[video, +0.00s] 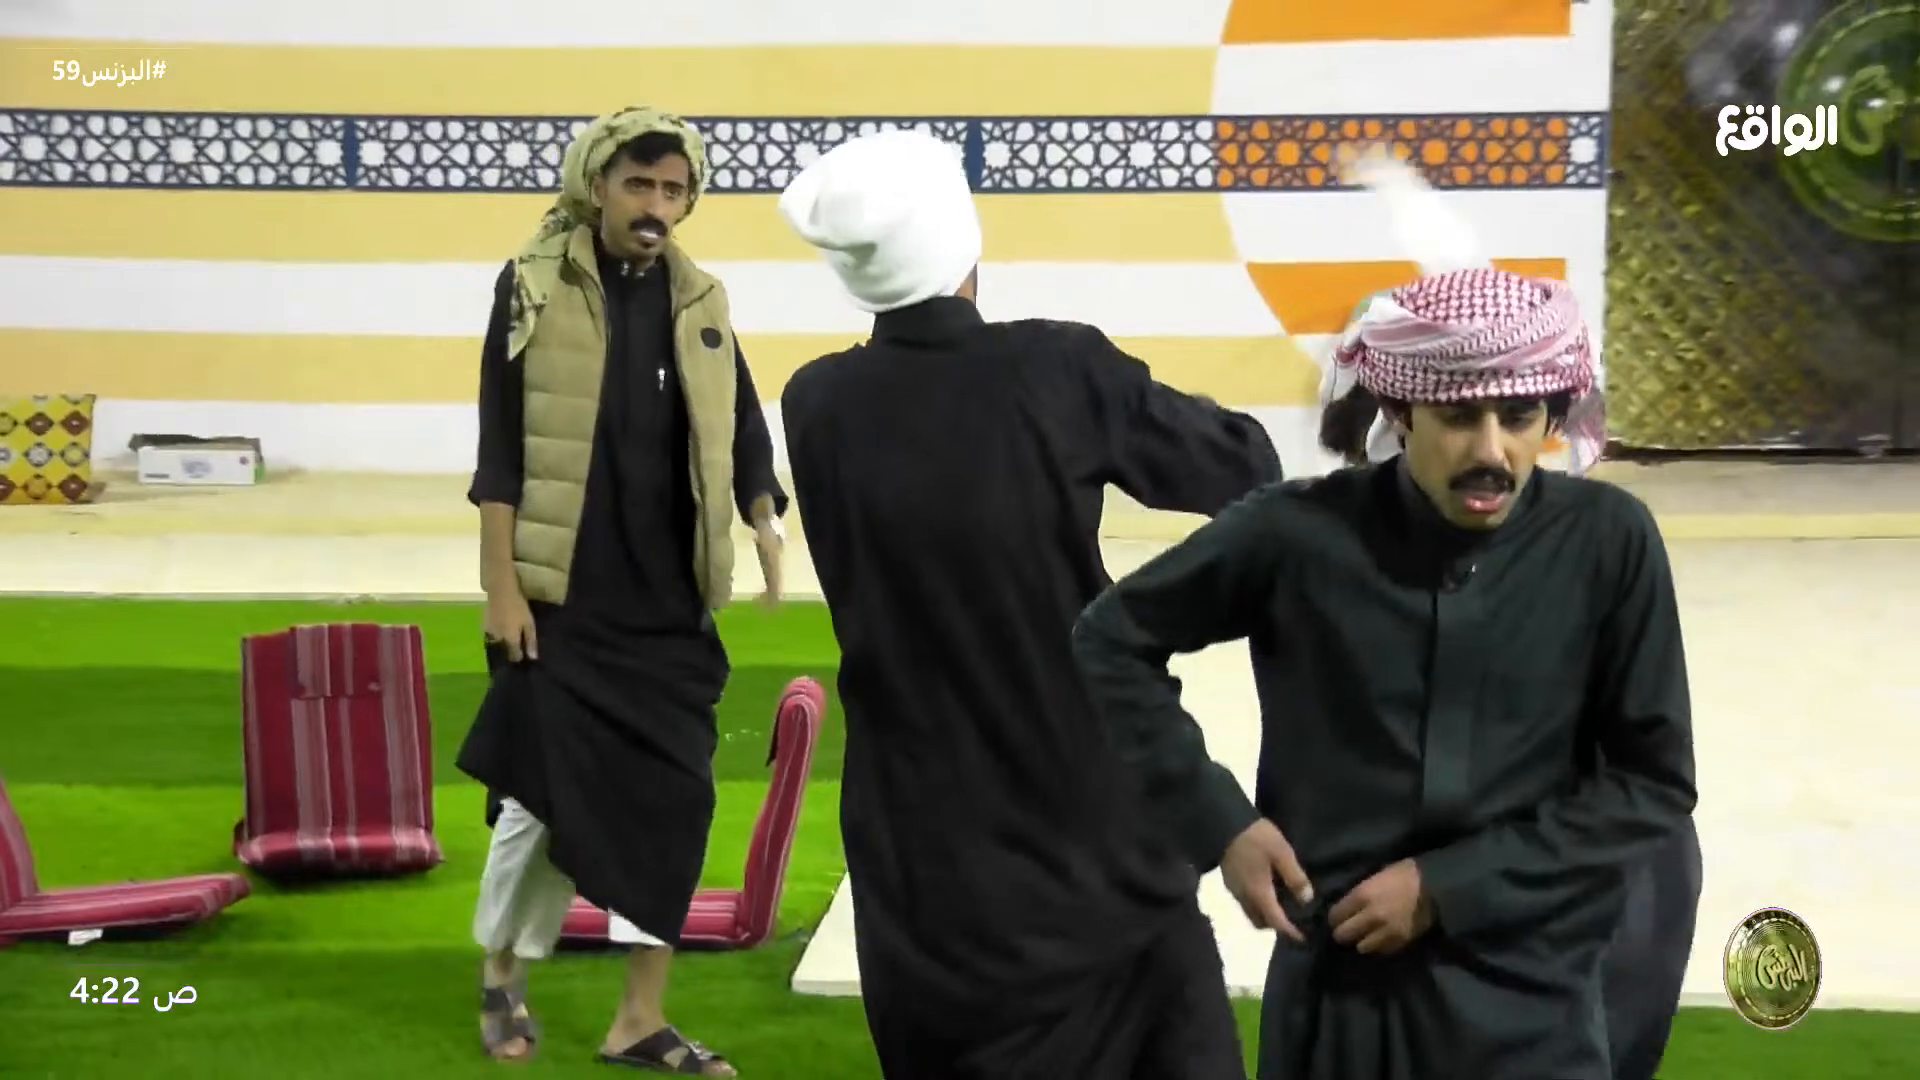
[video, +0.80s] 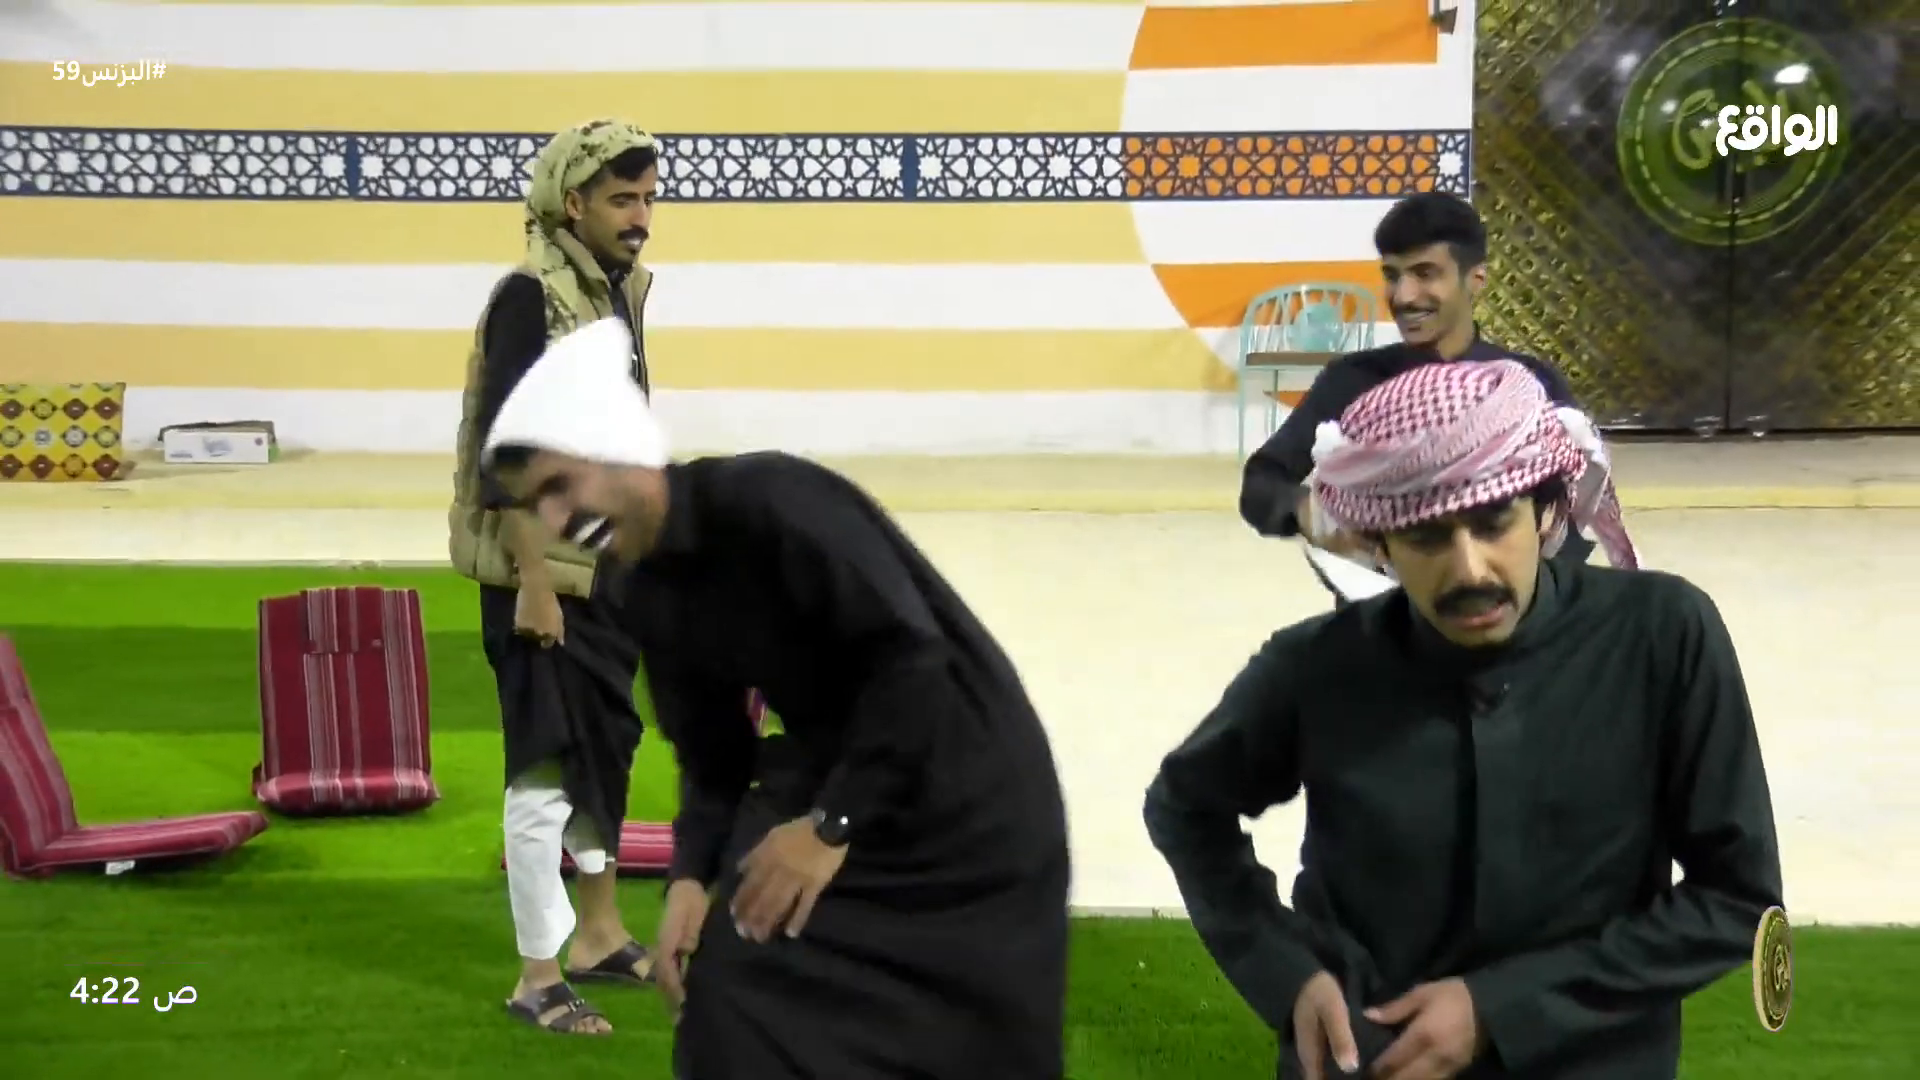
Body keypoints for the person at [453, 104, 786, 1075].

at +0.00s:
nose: (657, 206)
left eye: (674, 191)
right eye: (639, 186)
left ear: (690, 201)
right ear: (594, 186)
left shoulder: (698, 295)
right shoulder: (535, 286)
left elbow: (742, 416)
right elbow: (499, 440)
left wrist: (767, 530)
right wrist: (500, 581)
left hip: (672, 594)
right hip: (561, 592)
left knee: (677, 795)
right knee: (543, 795)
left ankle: (640, 1021)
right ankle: (504, 979)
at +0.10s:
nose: (665, 200)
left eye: (680, 185)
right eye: (648, 179)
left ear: (693, 196)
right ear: (599, 179)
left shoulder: (697, 289)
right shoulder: (538, 278)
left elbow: (757, 395)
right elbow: (505, 428)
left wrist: (754, 419)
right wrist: (517, 561)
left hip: (669, 582)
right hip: (568, 578)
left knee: (663, 784)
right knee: (572, 782)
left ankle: (632, 1007)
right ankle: (491, 953)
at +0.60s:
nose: (622, 201)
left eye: (631, 186)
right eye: (604, 185)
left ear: (635, 190)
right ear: (551, 186)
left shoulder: (637, 287)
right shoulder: (502, 288)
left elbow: (672, 411)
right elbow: (481, 442)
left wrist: (723, 510)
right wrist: (515, 571)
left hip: (628, 569)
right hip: (538, 573)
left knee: (627, 765)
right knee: (543, 775)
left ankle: (606, 953)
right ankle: (526, 989)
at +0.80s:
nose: (642, 217)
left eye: (649, 200)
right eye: (625, 200)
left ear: (644, 204)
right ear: (569, 203)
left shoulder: (616, 295)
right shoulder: (528, 300)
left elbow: (619, 431)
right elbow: (513, 452)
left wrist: (635, 555)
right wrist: (533, 576)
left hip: (599, 566)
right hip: (534, 574)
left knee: (601, 753)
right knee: (542, 771)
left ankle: (598, 940)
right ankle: (536, 975)